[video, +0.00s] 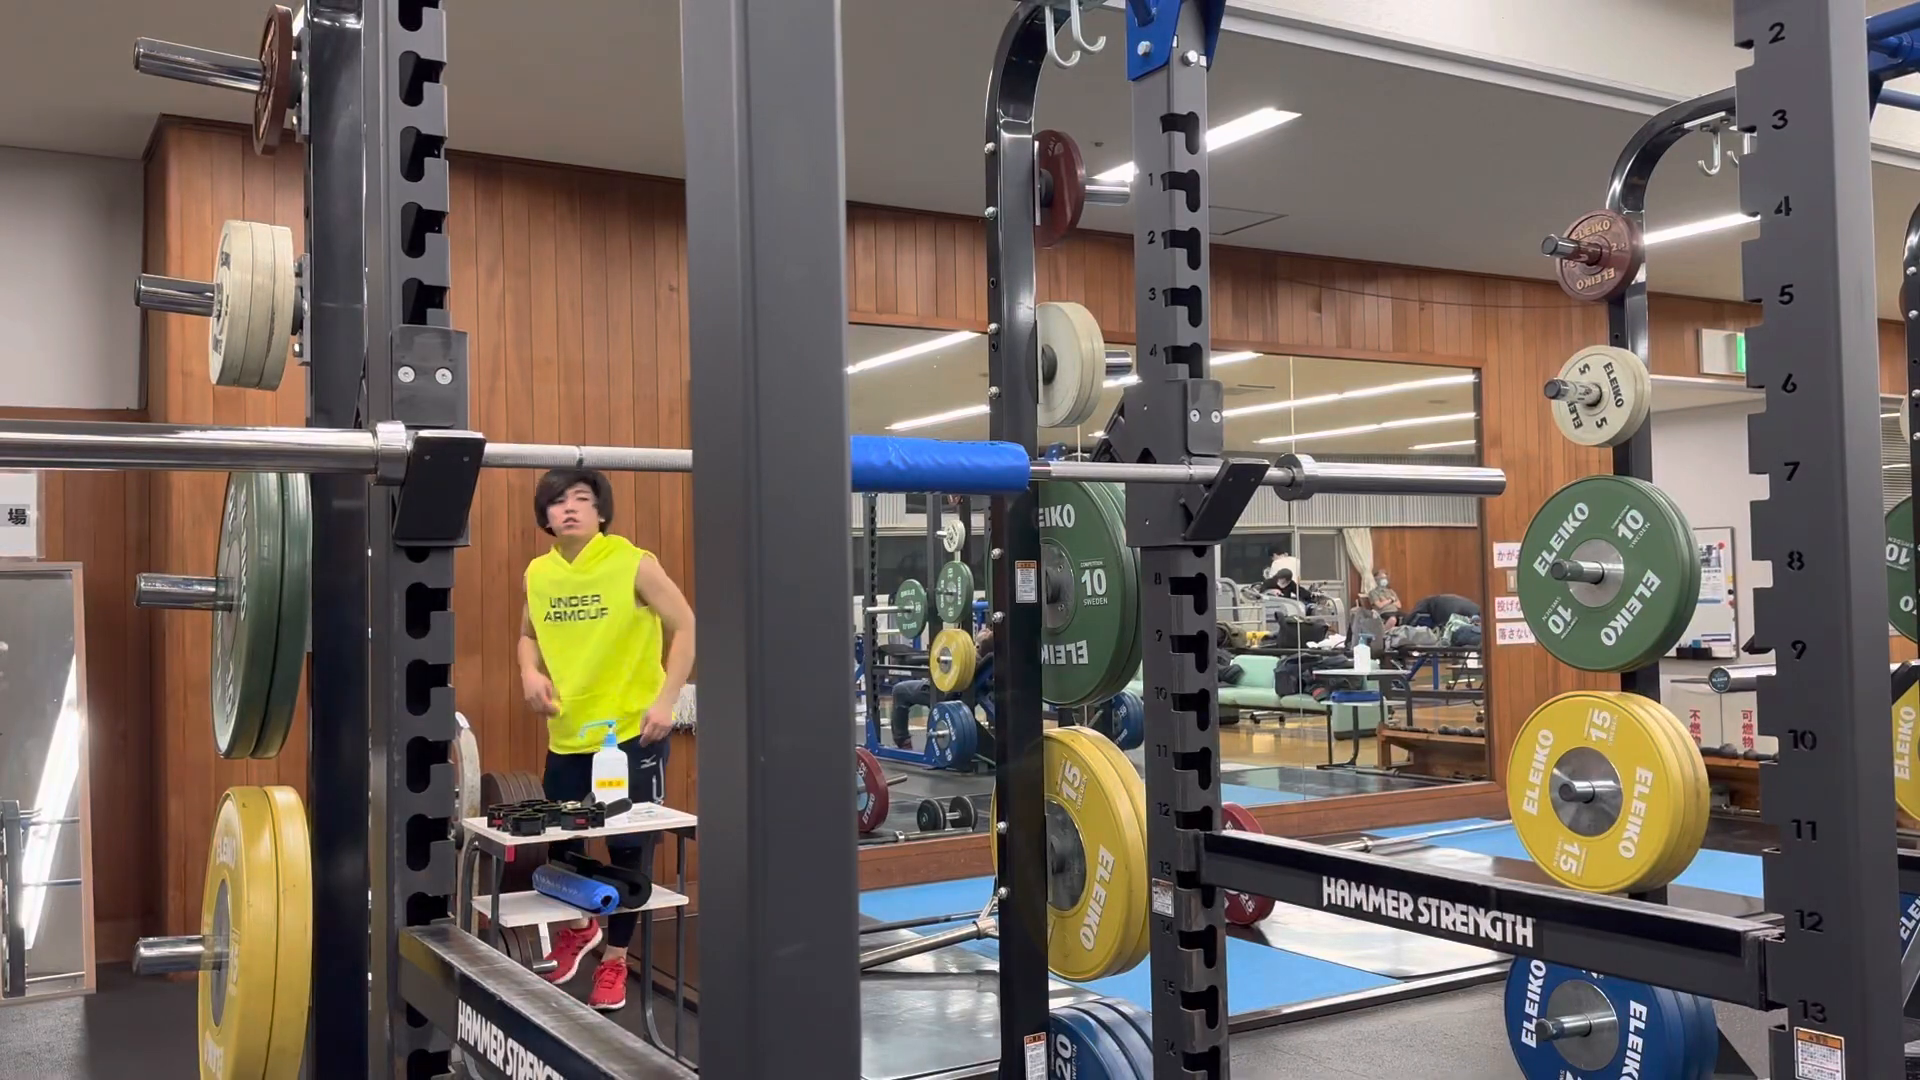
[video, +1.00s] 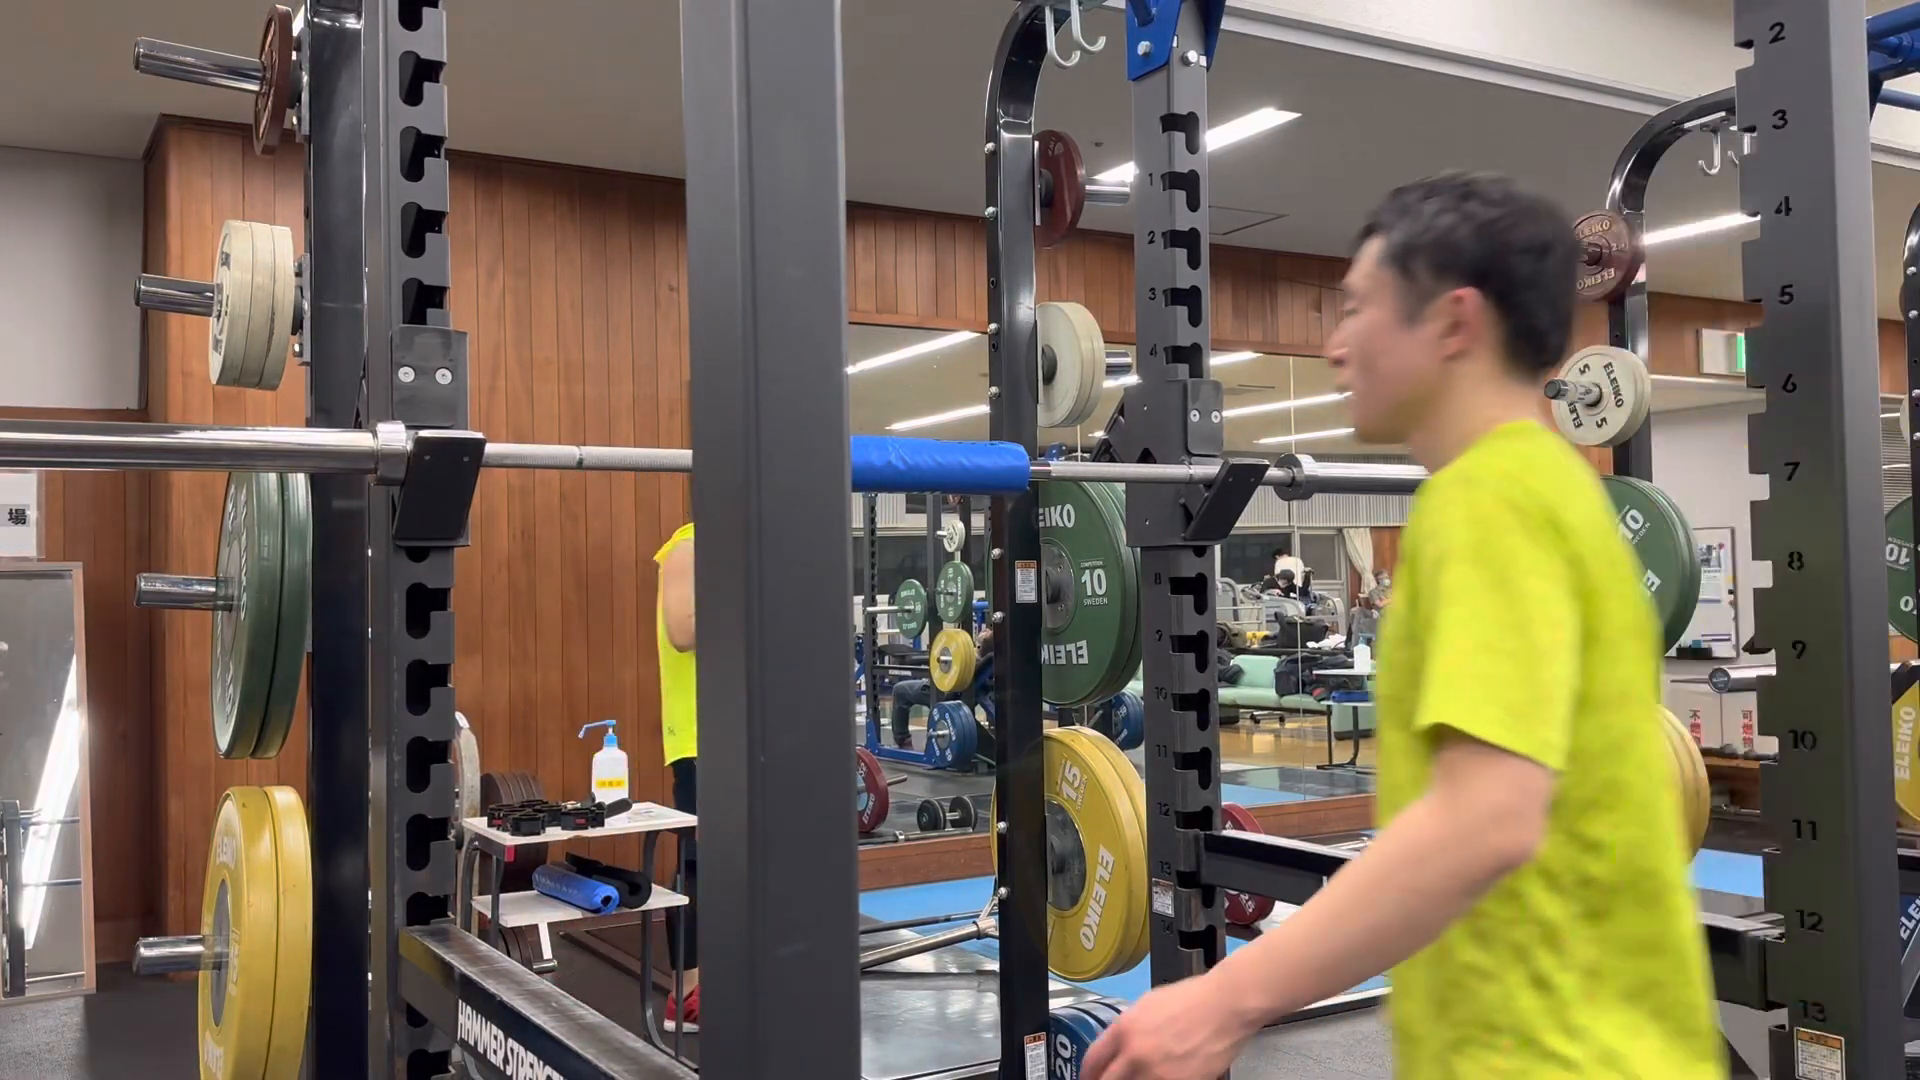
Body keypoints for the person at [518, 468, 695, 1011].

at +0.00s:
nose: (570, 507)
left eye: (581, 498)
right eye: (557, 501)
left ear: (602, 511)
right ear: (545, 516)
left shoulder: (633, 565)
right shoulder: (538, 576)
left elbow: (685, 624)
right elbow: (530, 636)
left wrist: (667, 700)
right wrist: (530, 672)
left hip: (631, 735)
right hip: (568, 736)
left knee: (627, 849)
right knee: (559, 842)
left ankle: (616, 953)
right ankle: (579, 921)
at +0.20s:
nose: (615, 509)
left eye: (622, 500)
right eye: (602, 501)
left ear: (633, 508)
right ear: (575, 512)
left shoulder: (661, 562)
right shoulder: (551, 570)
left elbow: (702, 618)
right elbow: (521, 643)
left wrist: (701, 652)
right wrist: (557, 646)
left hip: (657, 725)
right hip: (592, 730)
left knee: (639, 848)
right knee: (596, 843)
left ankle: (617, 953)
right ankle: (577, 927)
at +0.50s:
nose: (667, 505)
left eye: (667, 495)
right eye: (657, 496)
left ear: (653, 502)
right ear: (622, 502)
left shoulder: (665, 547)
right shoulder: (586, 559)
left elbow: (699, 594)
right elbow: (566, 639)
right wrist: (638, 618)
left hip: (672, 720)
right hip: (623, 726)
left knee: (647, 848)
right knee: (679, 829)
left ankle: (607, 953)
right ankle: (634, 952)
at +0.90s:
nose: (727, 497)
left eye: (725, 487)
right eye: (720, 488)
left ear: (680, 495)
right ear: (700, 495)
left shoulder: (723, 546)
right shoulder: (664, 551)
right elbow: (654, 632)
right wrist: (722, 611)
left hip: (723, 730)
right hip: (683, 733)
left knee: (709, 852)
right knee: (690, 857)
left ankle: (648, 926)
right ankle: (680, 979)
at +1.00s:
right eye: (749, 497)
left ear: (715, 495)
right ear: (727, 495)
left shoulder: (723, 547)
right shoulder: (690, 544)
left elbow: (684, 628)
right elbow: (683, 629)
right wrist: (748, 608)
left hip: (719, 736)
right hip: (699, 737)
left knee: (703, 865)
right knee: (703, 865)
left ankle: (691, 982)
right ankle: (692, 984)